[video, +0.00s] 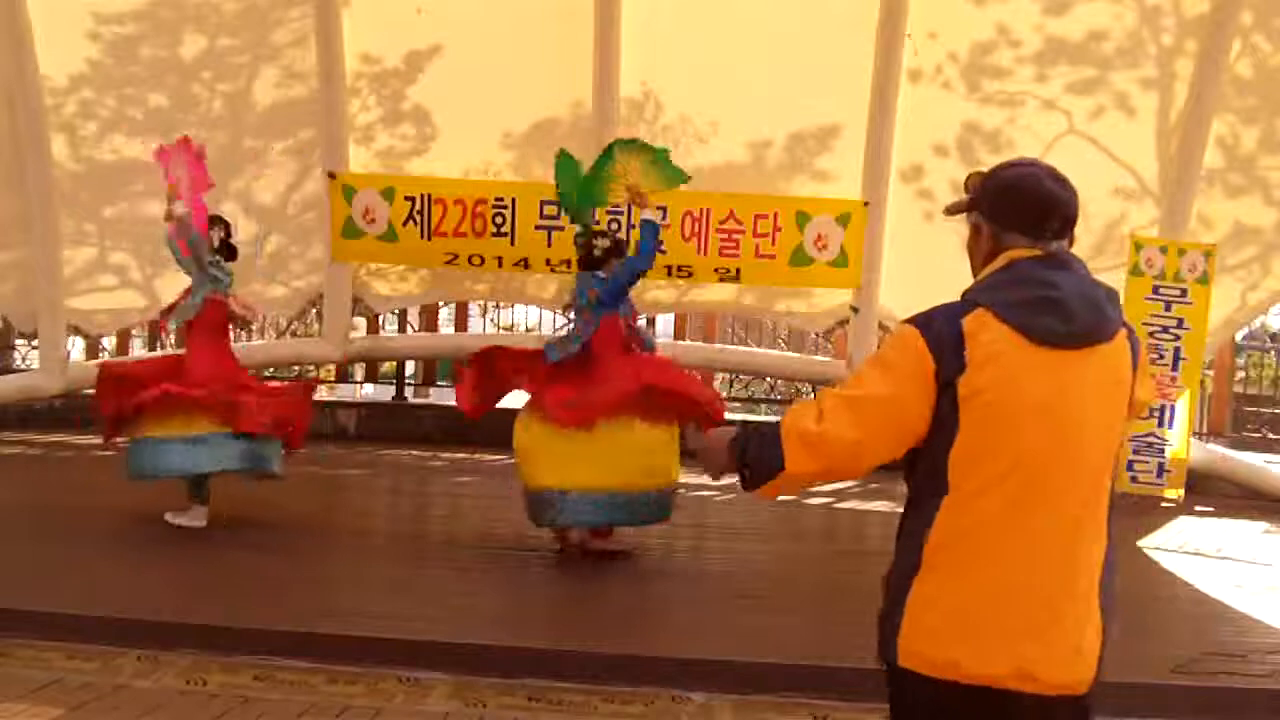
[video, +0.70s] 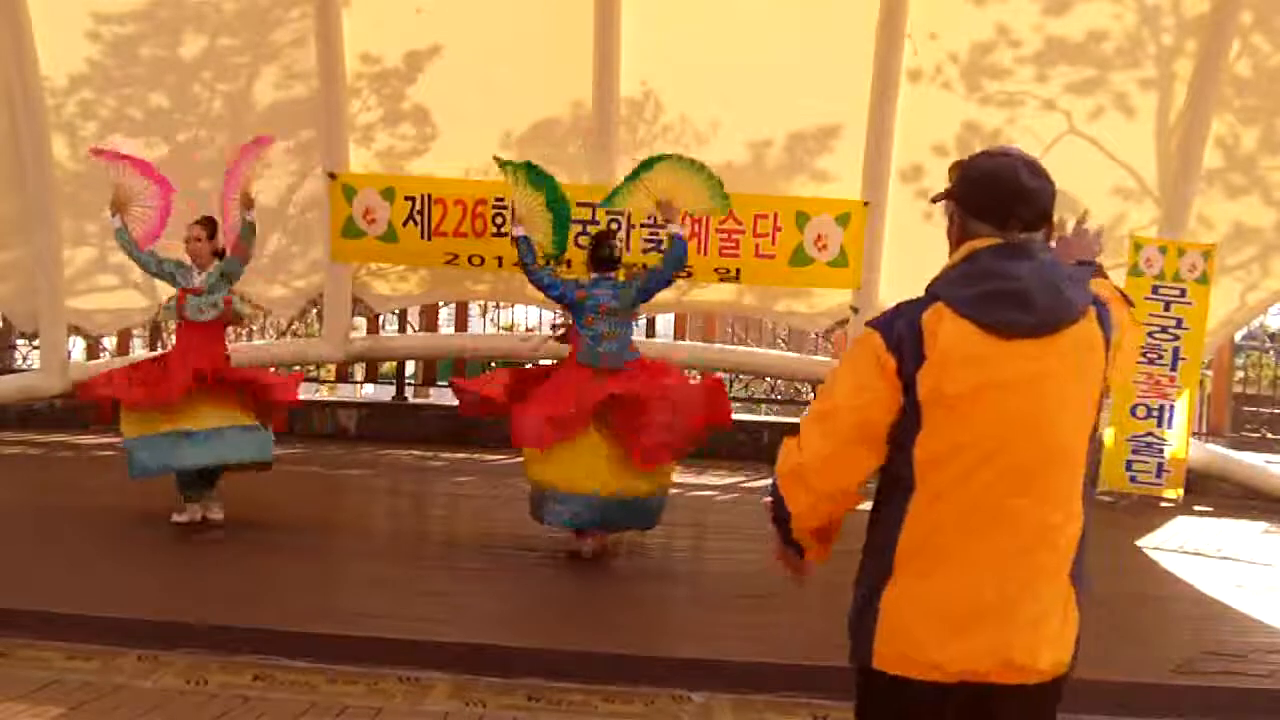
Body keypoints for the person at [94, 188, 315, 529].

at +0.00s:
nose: (204, 233)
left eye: (209, 228)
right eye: (204, 228)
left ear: (219, 235)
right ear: (213, 235)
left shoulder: (214, 273)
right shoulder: (209, 274)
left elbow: (194, 244)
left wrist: (180, 215)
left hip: (207, 364)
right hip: (209, 362)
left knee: (198, 433)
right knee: (200, 432)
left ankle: (198, 506)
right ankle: (197, 503)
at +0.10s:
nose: (191, 240)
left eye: (196, 235)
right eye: (194, 234)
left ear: (205, 240)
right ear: (221, 242)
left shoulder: (205, 276)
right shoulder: (217, 274)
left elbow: (157, 255)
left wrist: (132, 217)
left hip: (200, 362)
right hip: (211, 359)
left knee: (187, 429)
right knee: (194, 428)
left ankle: (195, 505)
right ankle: (195, 503)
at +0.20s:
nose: (203, 244)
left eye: (199, 238)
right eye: (213, 240)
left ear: (193, 244)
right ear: (221, 246)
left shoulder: (182, 277)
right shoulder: (231, 278)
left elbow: (144, 252)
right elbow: (270, 257)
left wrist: (125, 211)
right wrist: (278, 223)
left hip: (188, 362)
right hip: (221, 361)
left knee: (186, 428)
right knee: (213, 428)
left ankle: (192, 501)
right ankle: (208, 501)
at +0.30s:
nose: (224, 248)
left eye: (221, 243)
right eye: (221, 243)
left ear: (190, 244)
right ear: (213, 246)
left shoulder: (179, 272)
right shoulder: (219, 276)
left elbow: (169, 241)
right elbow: (263, 261)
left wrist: (171, 211)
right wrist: (289, 225)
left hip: (182, 358)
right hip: (213, 359)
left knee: (184, 424)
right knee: (213, 427)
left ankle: (183, 496)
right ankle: (206, 501)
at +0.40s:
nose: (219, 244)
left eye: (218, 238)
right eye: (215, 239)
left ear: (192, 241)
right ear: (202, 241)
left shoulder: (190, 271)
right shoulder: (206, 272)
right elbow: (242, 246)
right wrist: (249, 218)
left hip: (185, 356)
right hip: (203, 358)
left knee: (194, 423)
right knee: (206, 424)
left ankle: (190, 497)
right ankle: (205, 502)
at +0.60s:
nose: (203, 247)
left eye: (209, 241)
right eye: (197, 241)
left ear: (218, 244)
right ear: (189, 246)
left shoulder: (228, 274)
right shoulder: (180, 275)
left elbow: (262, 253)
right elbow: (142, 257)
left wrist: (289, 223)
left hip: (217, 354)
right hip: (186, 354)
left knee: (212, 425)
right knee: (186, 426)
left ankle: (200, 498)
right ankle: (188, 502)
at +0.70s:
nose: (191, 246)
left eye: (198, 240)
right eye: (188, 240)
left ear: (215, 244)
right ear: (186, 245)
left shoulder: (223, 276)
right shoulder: (181, 275)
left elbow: (243, 251)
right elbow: (143, 257)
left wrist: (247, 212)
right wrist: (118, 220)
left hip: (213, 354)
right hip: (182, 354)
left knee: (212, 426)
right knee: (182, 426)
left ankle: (210, 495)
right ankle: (190, 499)